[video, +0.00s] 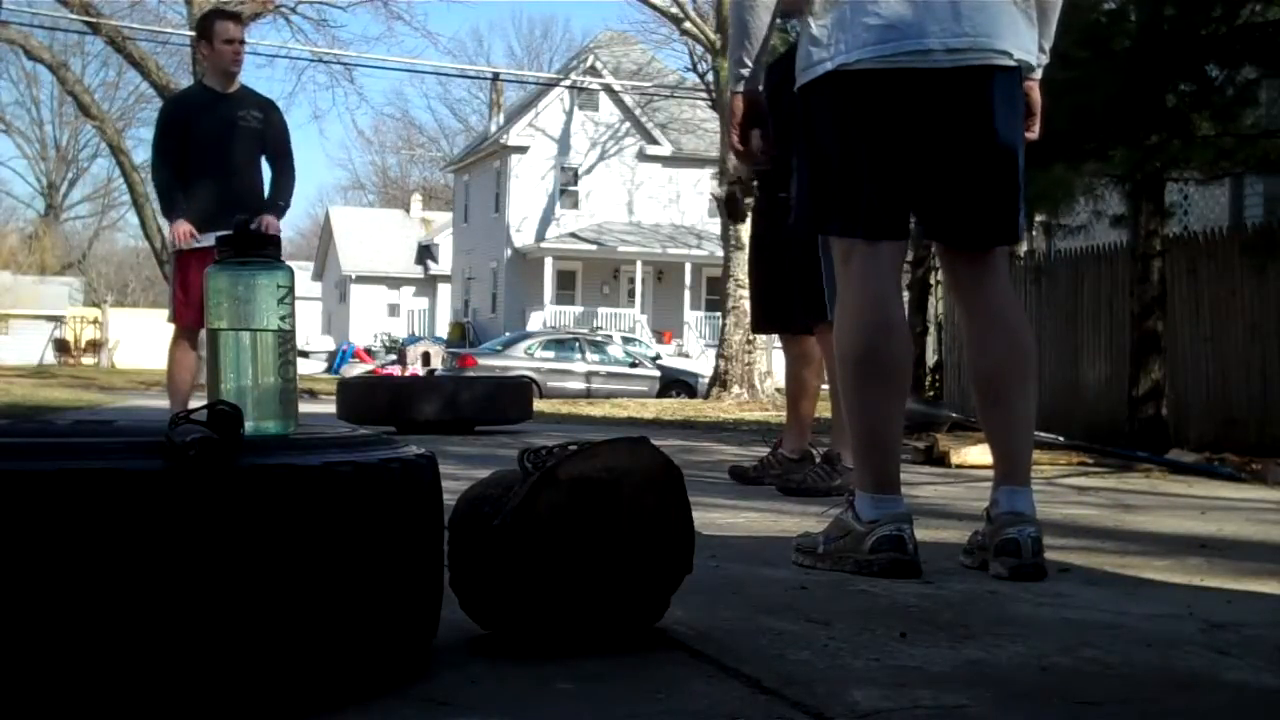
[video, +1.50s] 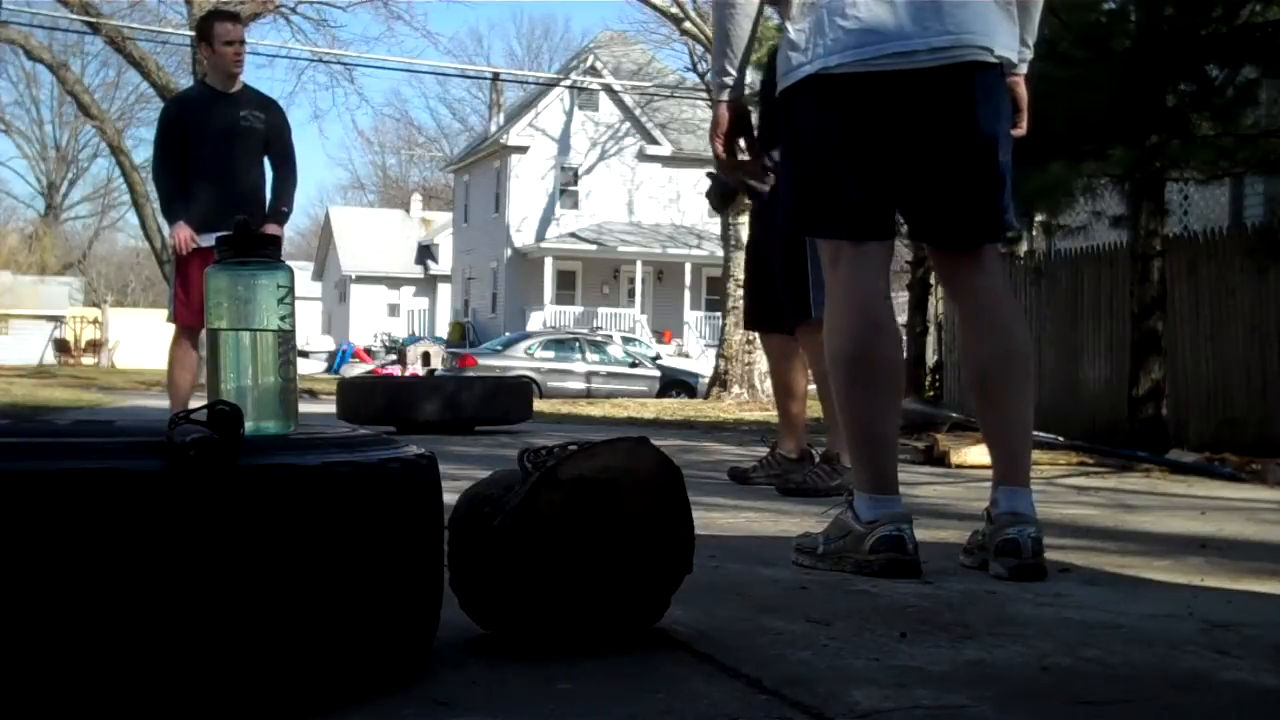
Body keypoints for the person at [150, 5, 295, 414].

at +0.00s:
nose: (239, 50)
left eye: (241, 43)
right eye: (229, 43)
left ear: (245, 47)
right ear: (203, 48)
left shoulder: (263, 109)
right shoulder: (177, 108)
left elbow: (284, 166)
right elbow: (162, 168)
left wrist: (273, 211)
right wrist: (176, 217)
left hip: (250, 238)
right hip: (195, 238)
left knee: (250, 334)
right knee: (188, 331)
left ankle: (248, 424)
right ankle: (178, 421)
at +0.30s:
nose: (239, 50)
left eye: (242, 43)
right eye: (229, 43)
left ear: (245, 47)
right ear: (204, 49)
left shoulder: (265, 109)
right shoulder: (177, 109)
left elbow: (287, 166)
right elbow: (160, 170)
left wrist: (282, 211)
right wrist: (171, 215)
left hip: (251, 238)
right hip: (195, 239)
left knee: (250, 332)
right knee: (188, 329)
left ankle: (246, 422)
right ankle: (178, 419)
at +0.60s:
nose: (239, 50)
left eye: (242, 43)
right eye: (229, 43)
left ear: (245, 47)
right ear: (204, 49)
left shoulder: (265, 110)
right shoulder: (178, 109)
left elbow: (285, 168)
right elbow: (163, 170)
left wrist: (276, 210)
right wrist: (179, 213)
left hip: (251, 237)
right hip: (197, 237)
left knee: (251, 331)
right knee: (189, 329)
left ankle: (248, 423)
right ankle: (178, 420)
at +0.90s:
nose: (239, 50)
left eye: (242, 43)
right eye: (230, 44)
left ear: (246, 47)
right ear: (205, 50)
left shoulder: (266, 110)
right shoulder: (178, 109)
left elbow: (285, 169)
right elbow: (163, 170)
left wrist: (278, 216)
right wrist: (175, 219)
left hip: (250, 239)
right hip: (196, 239)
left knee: (251, 333)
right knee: (189, 330)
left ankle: (248, 423)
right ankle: (178, 421)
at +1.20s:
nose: (239, 51)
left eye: (242, 44)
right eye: (229, 44)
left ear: (246, 47)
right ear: (205, 50)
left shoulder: (266, 110)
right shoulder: (178, 109)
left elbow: (285, 171)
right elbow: (163, 170)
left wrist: (276, 220)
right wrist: (176, 221)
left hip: (251, 240)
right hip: (196, 240)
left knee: (251, 335)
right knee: (189, 330)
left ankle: (249, 424)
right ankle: (179, 421)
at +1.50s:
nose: (239, 51)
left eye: (242, 44)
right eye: (229, 44)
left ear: (246, 47)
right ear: (205, 50)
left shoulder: (267, 109)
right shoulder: (179, 108)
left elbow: (285, 170)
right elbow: (163, 169)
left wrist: (276, 221)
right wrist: (176, 220)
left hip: (251, 239)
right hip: (196, 239)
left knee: (251, 334)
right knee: (189, 330)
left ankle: (249, 425)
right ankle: (178, 421)